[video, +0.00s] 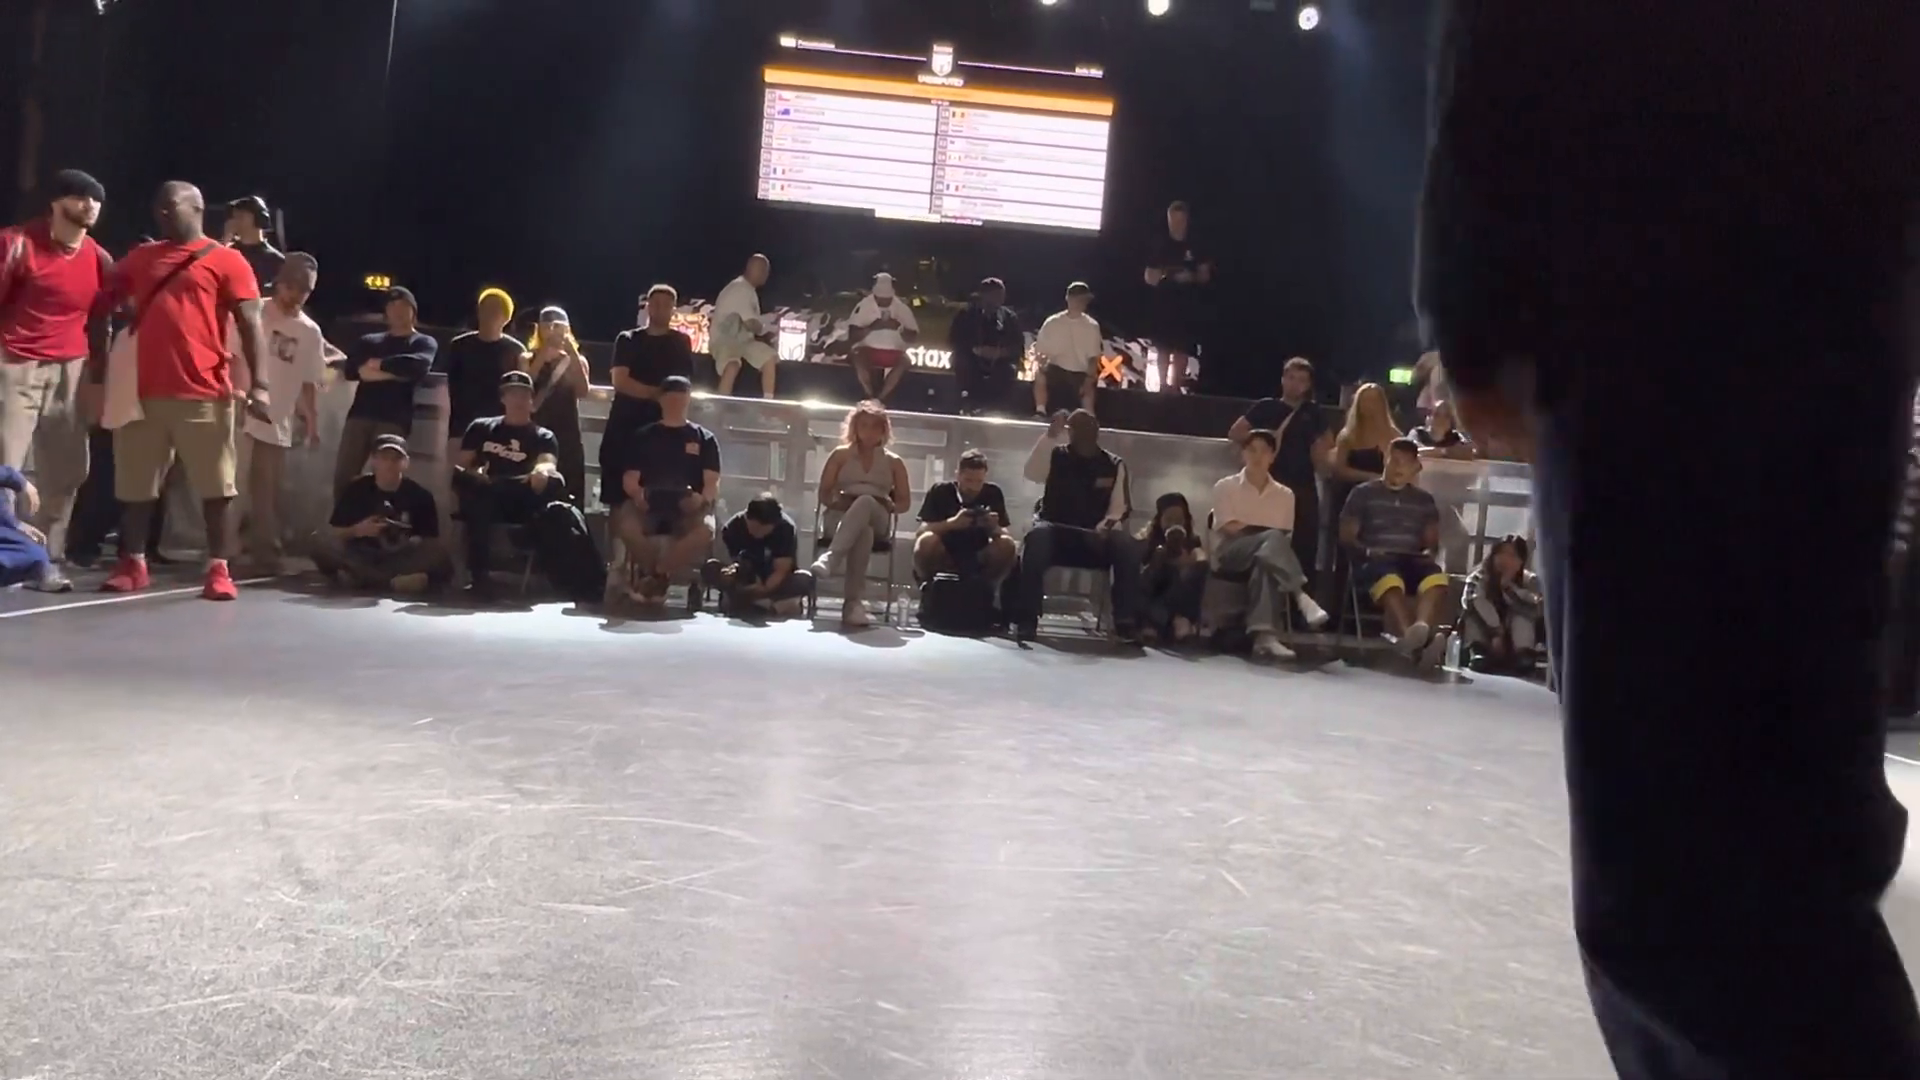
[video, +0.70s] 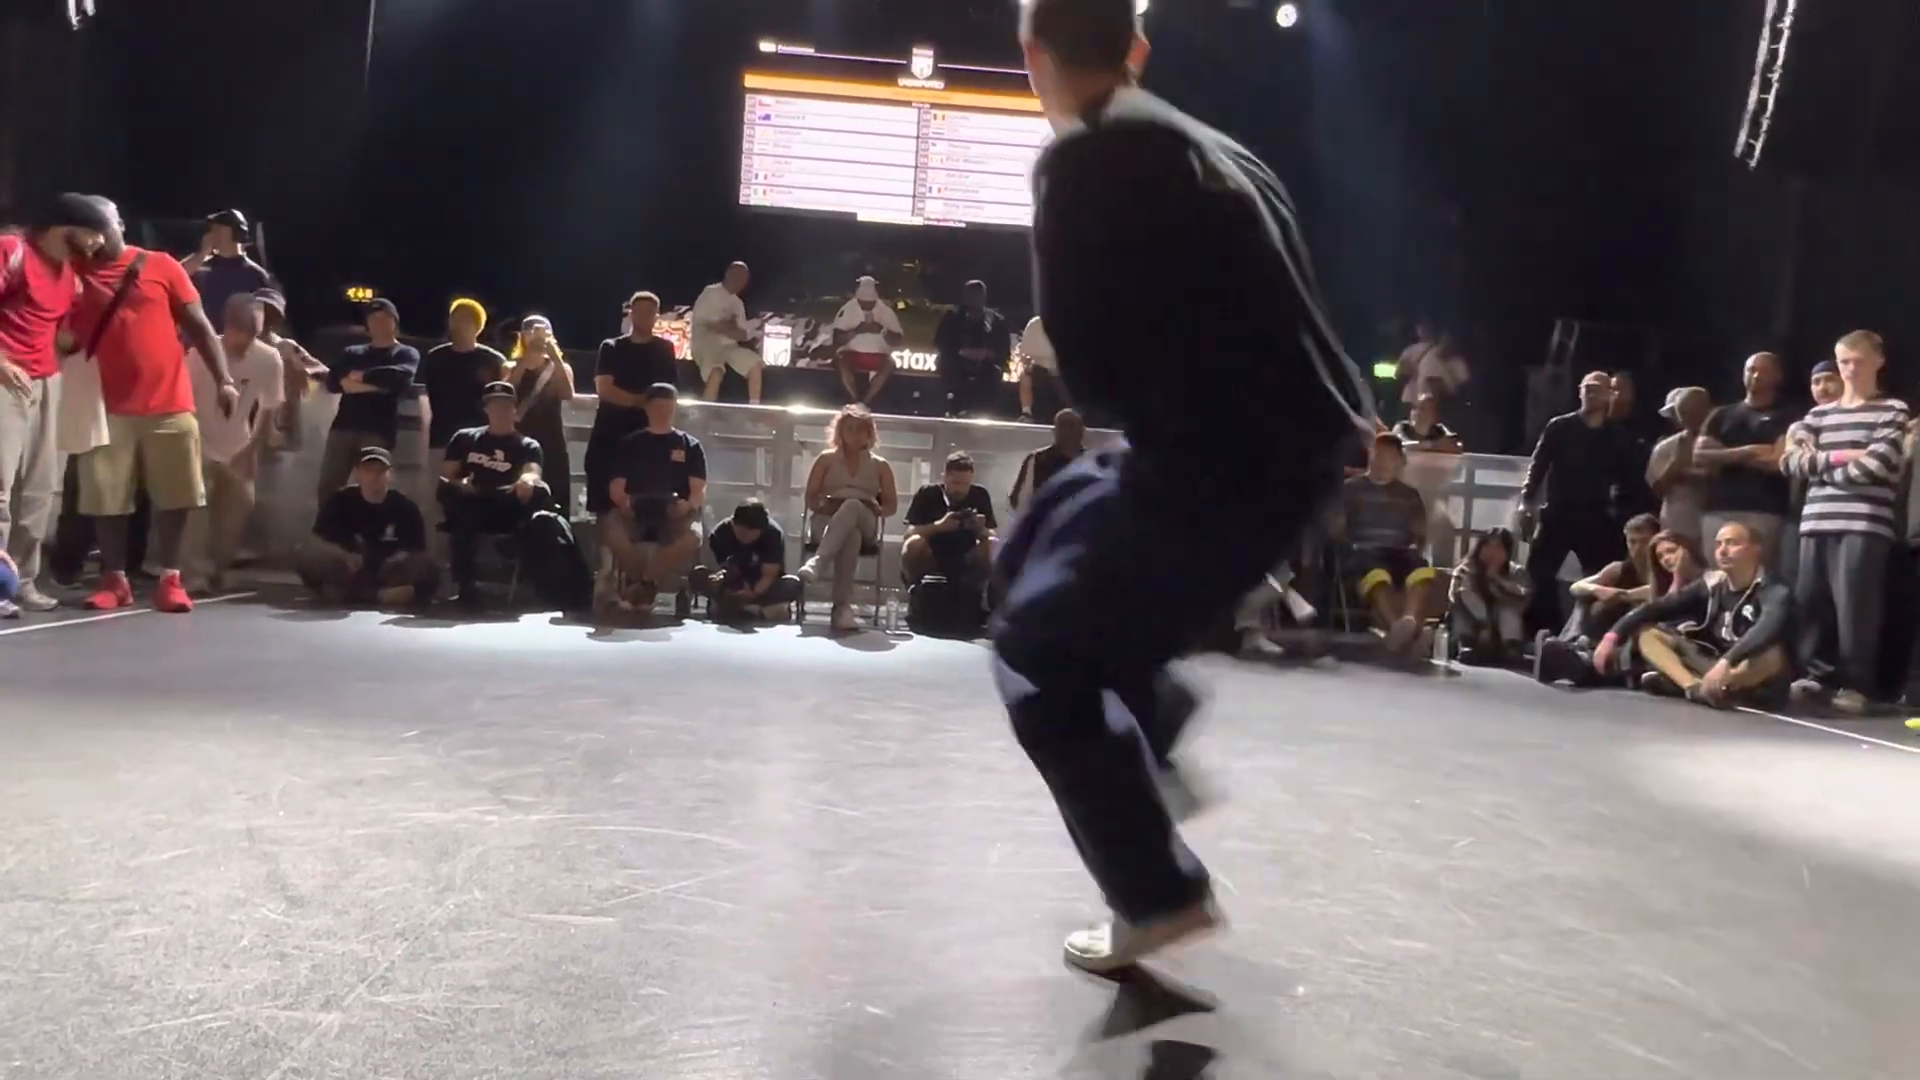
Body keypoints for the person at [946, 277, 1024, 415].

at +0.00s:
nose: (995, 300)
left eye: (998, 295)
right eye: (991, 295)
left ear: (1003, 296)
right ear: (983, 295)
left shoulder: (1009, 317)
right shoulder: (967, 316)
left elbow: (1017, 349)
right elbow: (955, 341)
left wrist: (999, 353)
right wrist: (976, 350)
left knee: (1009, 368)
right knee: (962, 357)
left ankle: (1002, 405)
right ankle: (965, 396)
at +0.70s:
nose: (974, 300)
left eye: (978, 296)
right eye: (971, 295)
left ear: (984, 298)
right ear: (964, 297)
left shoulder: (995, 320)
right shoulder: (952, 317)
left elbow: (1003, 350)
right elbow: (941, 342)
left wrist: (985, 354)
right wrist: (961, 353)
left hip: (985, 369)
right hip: (959, 369)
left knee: (995, 371)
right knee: (946, 360)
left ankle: (988, 409)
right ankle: (954, 404)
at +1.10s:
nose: (966, 304)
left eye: (969, 299)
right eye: (962, 300)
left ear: (976, 301)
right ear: (957, 302)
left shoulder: (990, 323)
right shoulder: (948, 322)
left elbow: (996, 353)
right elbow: (936, 347)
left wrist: (981, 358)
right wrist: (956, 357)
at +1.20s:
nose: (962, 298)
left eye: (966, 293)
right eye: (958, 293)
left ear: (973, 294)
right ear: (952, 294)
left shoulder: (987, 317)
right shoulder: (943, 317)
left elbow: (996, 349)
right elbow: (936, 351)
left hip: (981, 385)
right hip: (951, 385)